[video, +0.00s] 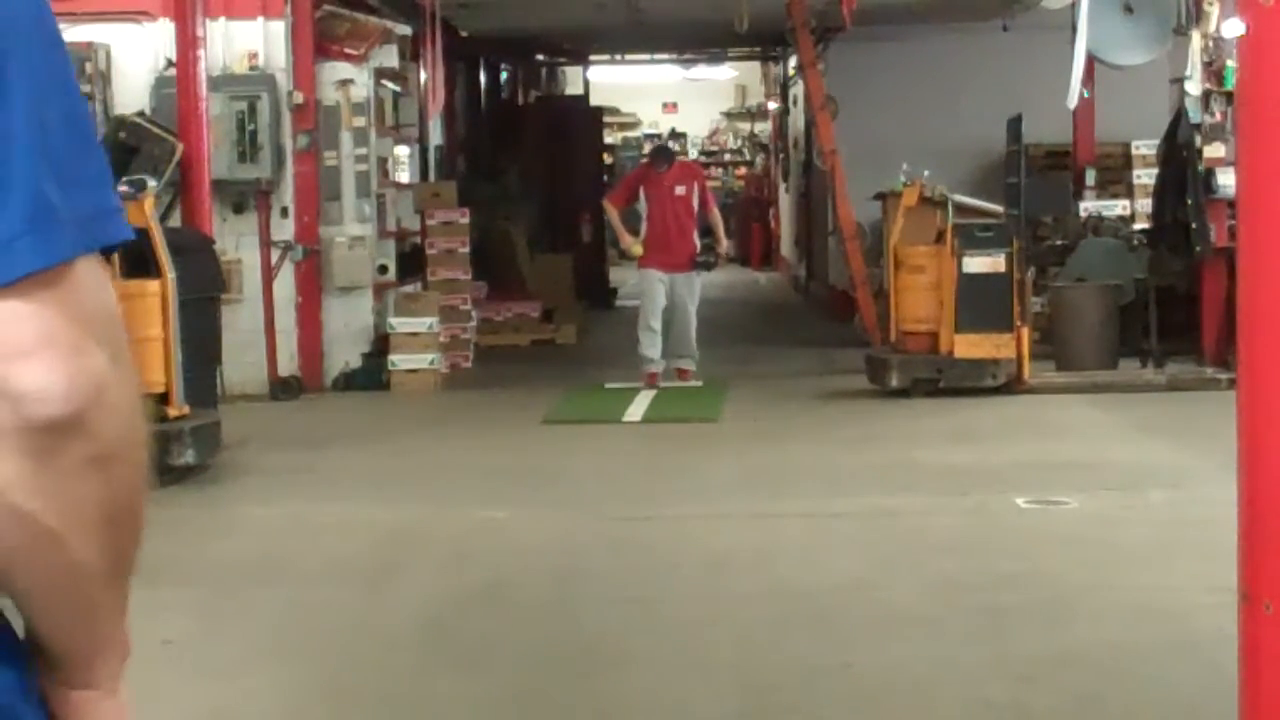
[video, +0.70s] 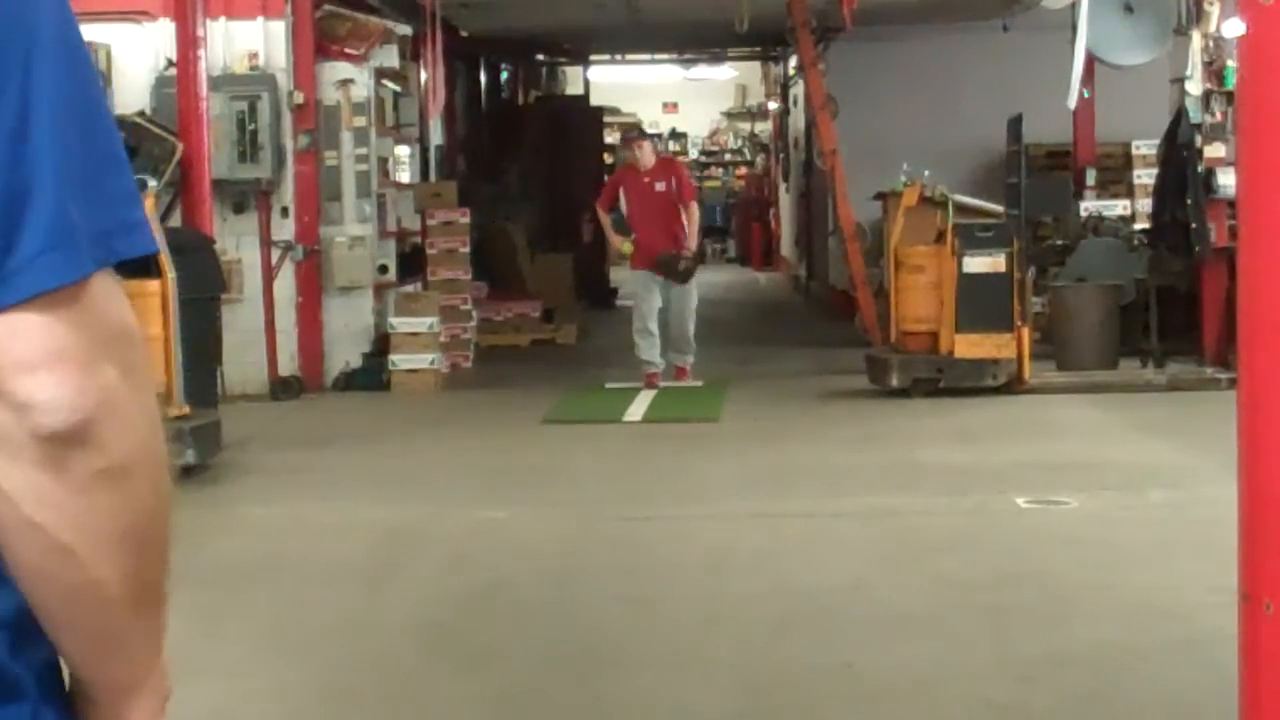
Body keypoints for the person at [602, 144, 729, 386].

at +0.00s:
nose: (659, 173)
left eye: (663, 169)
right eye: (656, 169)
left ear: (673, 161)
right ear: (650, 162)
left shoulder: (693, 172)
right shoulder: (643, 173)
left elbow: (711, 208)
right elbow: (610, 203)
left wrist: (721, 240)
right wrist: (624, 237)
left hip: (686, 259)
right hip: (653, 258)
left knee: (686, 314)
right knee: (651, 312)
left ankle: (685, 363)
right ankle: (651, 366)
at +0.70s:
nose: (638, 154)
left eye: (641, 147)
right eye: (632, 149)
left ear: (651, 146)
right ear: (626, 152)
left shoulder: (673, 169)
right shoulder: (622, 176)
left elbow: (691, 206)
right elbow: (601, 206)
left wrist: (691, 245)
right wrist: (613, 237)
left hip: (677, 256)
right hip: (644, 259)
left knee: (682, 315)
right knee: (645, 315)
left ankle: (683, 364)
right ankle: (650, 367)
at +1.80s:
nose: (652, 155)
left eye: (656, 149)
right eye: (647, 150)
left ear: (665, 149)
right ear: (640, 153)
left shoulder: (680, 175)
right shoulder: (635, 175)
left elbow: (677, 219)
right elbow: (626, 199)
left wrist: (644, 235)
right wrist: (629, 210)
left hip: (682, 257)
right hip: (650, 255)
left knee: (683, 313)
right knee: (649, 311)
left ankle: (681, 362)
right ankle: (652, 365)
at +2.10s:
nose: (660, 161)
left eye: (664, 155)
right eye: (655, 156)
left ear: (673, 152)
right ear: (649, 155)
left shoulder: (688, 177)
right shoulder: (642, 173)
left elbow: (687, 222)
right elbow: (630, 197)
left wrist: (654, 236)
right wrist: (631, 202)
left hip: (689, 258)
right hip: (658, 256)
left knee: (688, 314)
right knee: (656, 307)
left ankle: (683, 362)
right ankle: (653, 360)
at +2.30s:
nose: (659, 163)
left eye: (663, 157)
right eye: (654, 158)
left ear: (673, 153)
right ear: (648, 157)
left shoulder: (689, 178)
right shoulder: (643, 173)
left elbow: (690, 223)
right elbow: (631, 194)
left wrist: (657, 238)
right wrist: (634, 205)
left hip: (691, 256)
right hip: (659, 255)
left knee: (689, 313)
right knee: (658, 305)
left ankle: (682, 362)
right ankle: (654, 357)